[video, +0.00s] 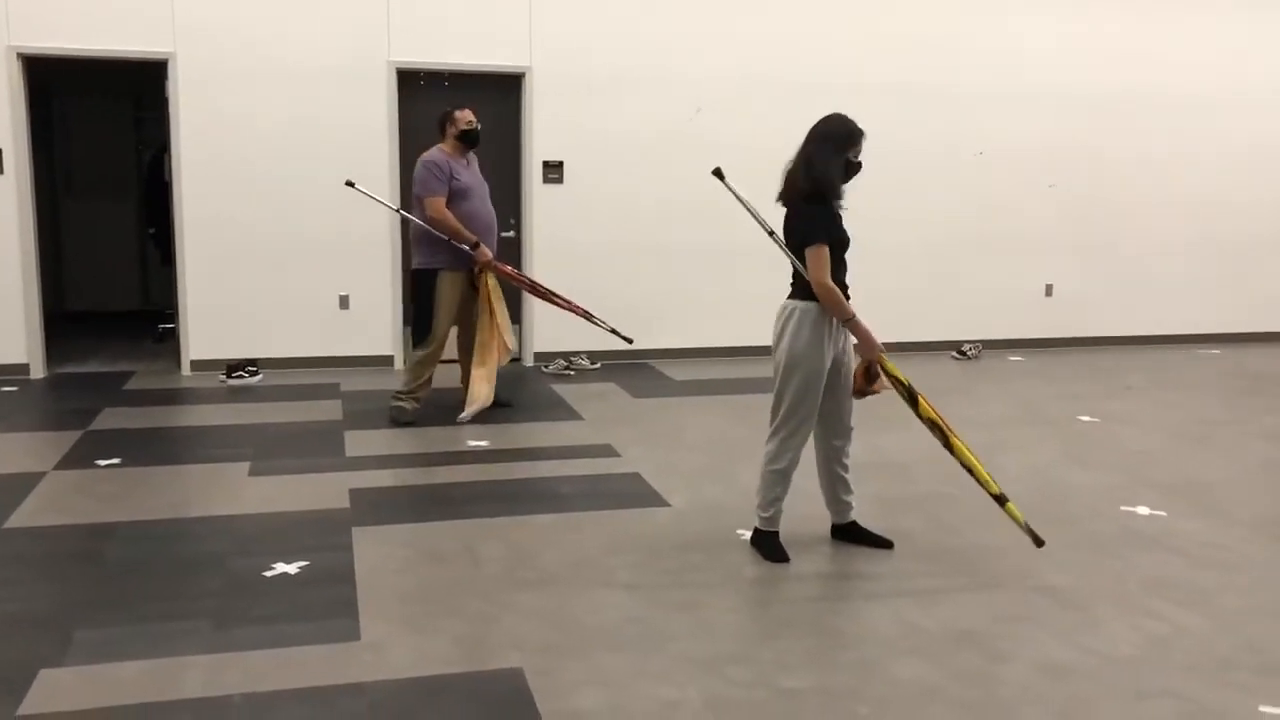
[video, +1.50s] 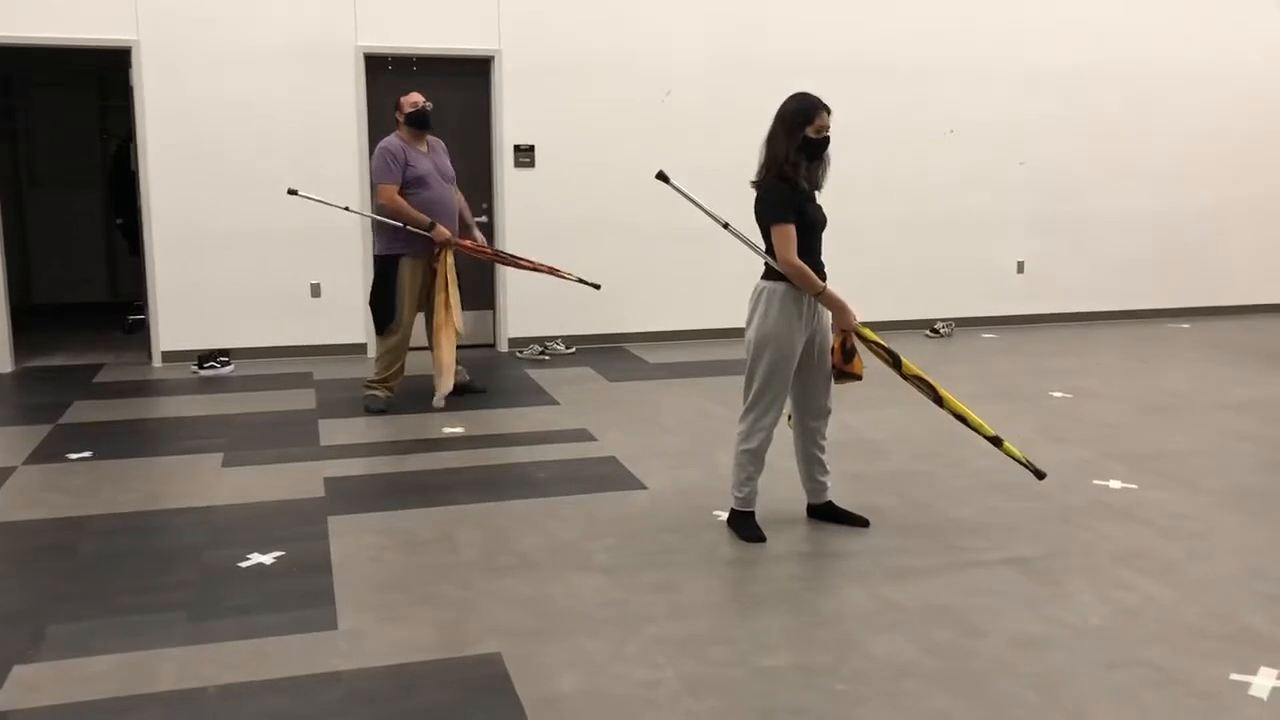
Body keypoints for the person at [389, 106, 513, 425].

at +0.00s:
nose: (474, 127)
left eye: (476, 123)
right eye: (467, 122)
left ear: (476, 131)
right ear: (449, 130)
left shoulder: (470, 161)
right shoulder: (432, 161)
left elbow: (474, 209)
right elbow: (435, 213)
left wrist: (485, 252)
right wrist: (475, 245)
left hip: (474, 262)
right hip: (440, 265)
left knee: (475, 332)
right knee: (431, 337)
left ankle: (477, 393)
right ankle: (406, 400)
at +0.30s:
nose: (463, 124)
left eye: (464, 119)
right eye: (455, 119)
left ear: (463, 127)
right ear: (437, 127)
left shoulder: (459, 157)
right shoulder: (423, 159)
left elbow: (463, 207)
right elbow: (426, 212)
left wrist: (476, 249)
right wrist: (466, 245)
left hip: (465, 260)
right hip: (430, 263)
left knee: (471, 328)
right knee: (422, 334)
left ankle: (474, 389)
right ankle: (404, 397)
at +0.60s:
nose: (453, 120)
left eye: (453, 115)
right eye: (445, 116)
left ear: (454, 123)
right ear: (428, 125)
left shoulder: (454, 153)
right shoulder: (415, 158)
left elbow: (460, 204)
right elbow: (419, 211)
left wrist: (471, 249)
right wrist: (460, 243)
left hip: (464, 256)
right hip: (426, 258)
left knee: (476, 323)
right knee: (418, 329)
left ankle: (473, 385)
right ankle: (400, 395)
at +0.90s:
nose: (442, 111)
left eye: (443, 108)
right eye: (434, 109)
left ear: (446, 120)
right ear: (418, 121)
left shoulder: (448, 149)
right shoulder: (406, 154)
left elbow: (453, 199)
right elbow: (407, 205)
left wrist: (464, 243)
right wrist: (448, 237)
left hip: (454, 252)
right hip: (418, 256)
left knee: (461, 323)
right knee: (411, 329)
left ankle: (464, 385)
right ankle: (392, 394)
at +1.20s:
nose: (431, 111)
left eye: (433, 106)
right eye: (422, 108)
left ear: (438, 115)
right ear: (408, 120)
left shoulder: (443, 148)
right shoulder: (398, 152)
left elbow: (447, 196)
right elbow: (394, 203)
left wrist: (456, 238)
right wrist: (437, 232)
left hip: (444, 250)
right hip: (409, 254)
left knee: (452, 321)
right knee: (404, 326)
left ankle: (457, 381)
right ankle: (386, 391)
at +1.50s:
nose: (422, 109)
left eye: (425, 105)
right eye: (414, 106)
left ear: (430, 113)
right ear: (400, 117)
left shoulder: (438, 146)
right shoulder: (389, 149)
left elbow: (452, 191)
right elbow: (387, 200)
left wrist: (471, 227)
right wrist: (430, 225)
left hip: (439, 248)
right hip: (402, 251)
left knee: (444, 315)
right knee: (397, 323)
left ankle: (450, 378)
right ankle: (379, 389)